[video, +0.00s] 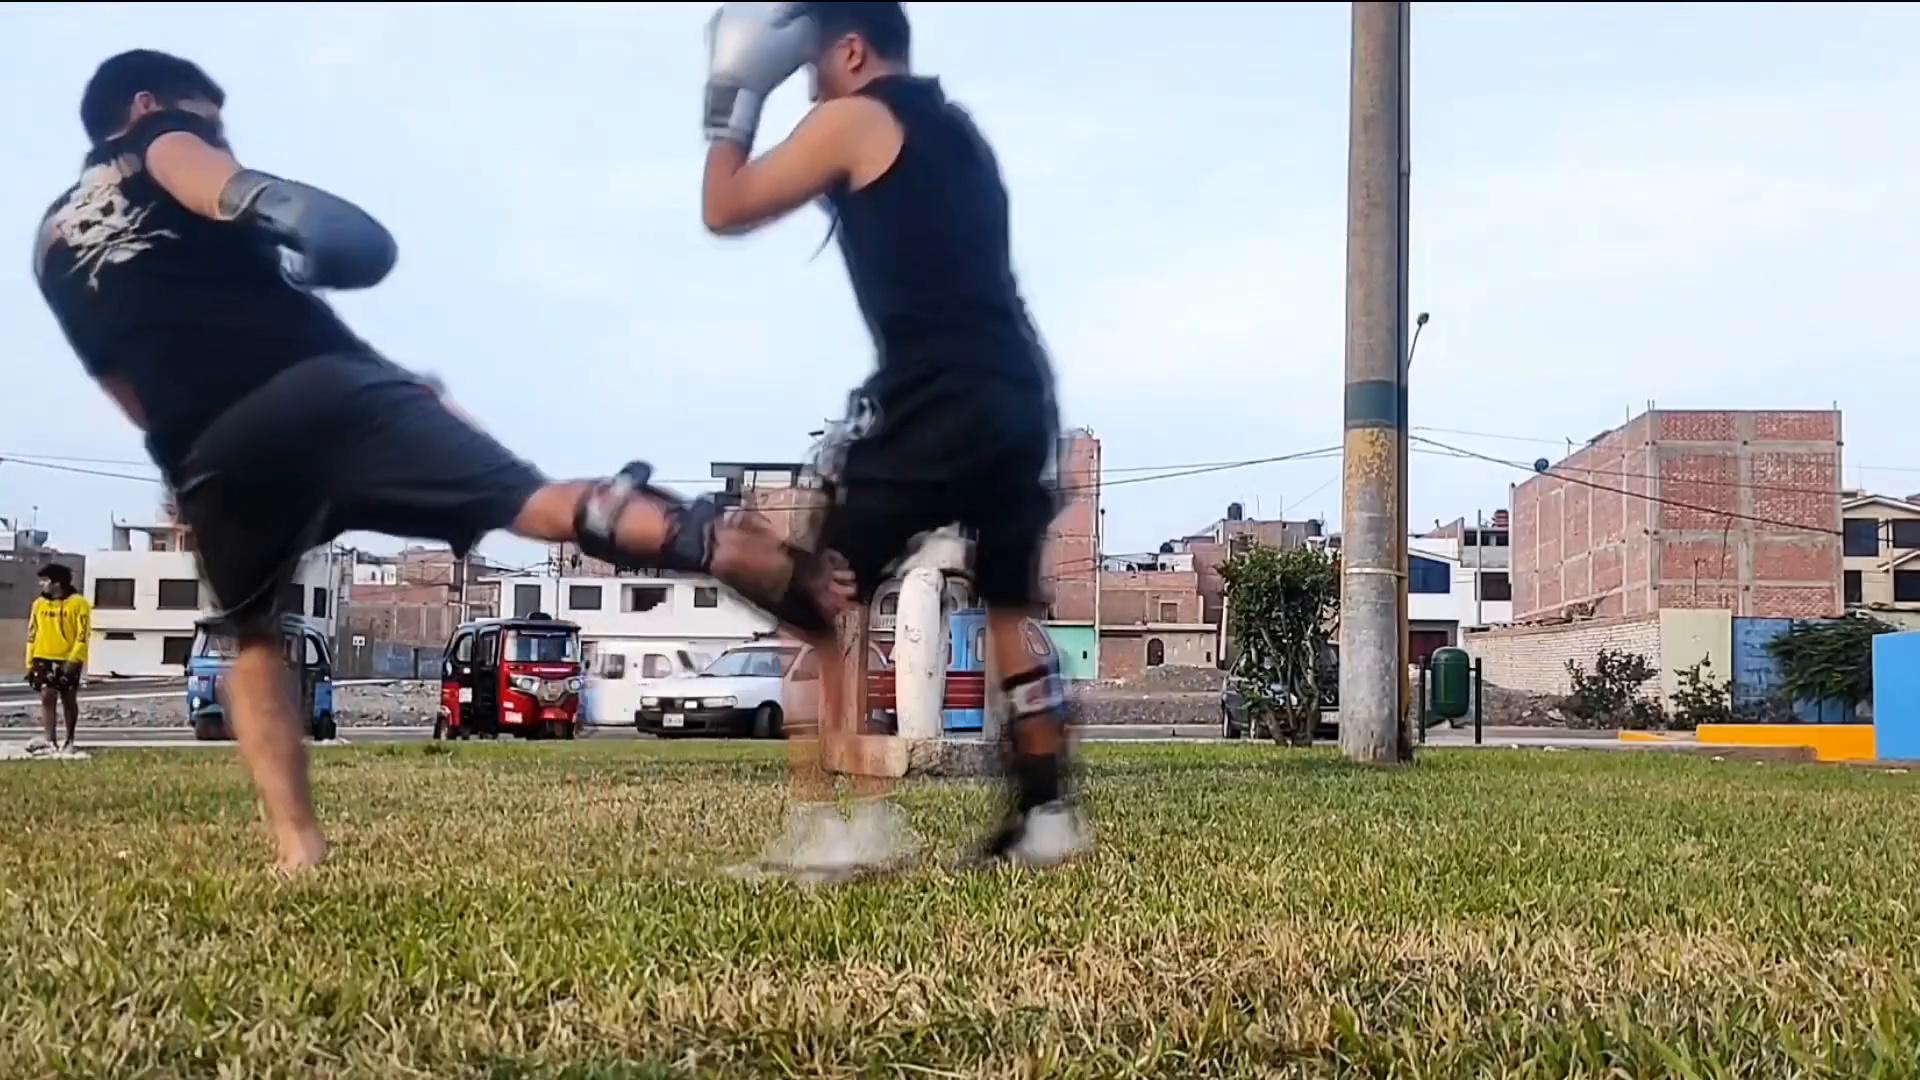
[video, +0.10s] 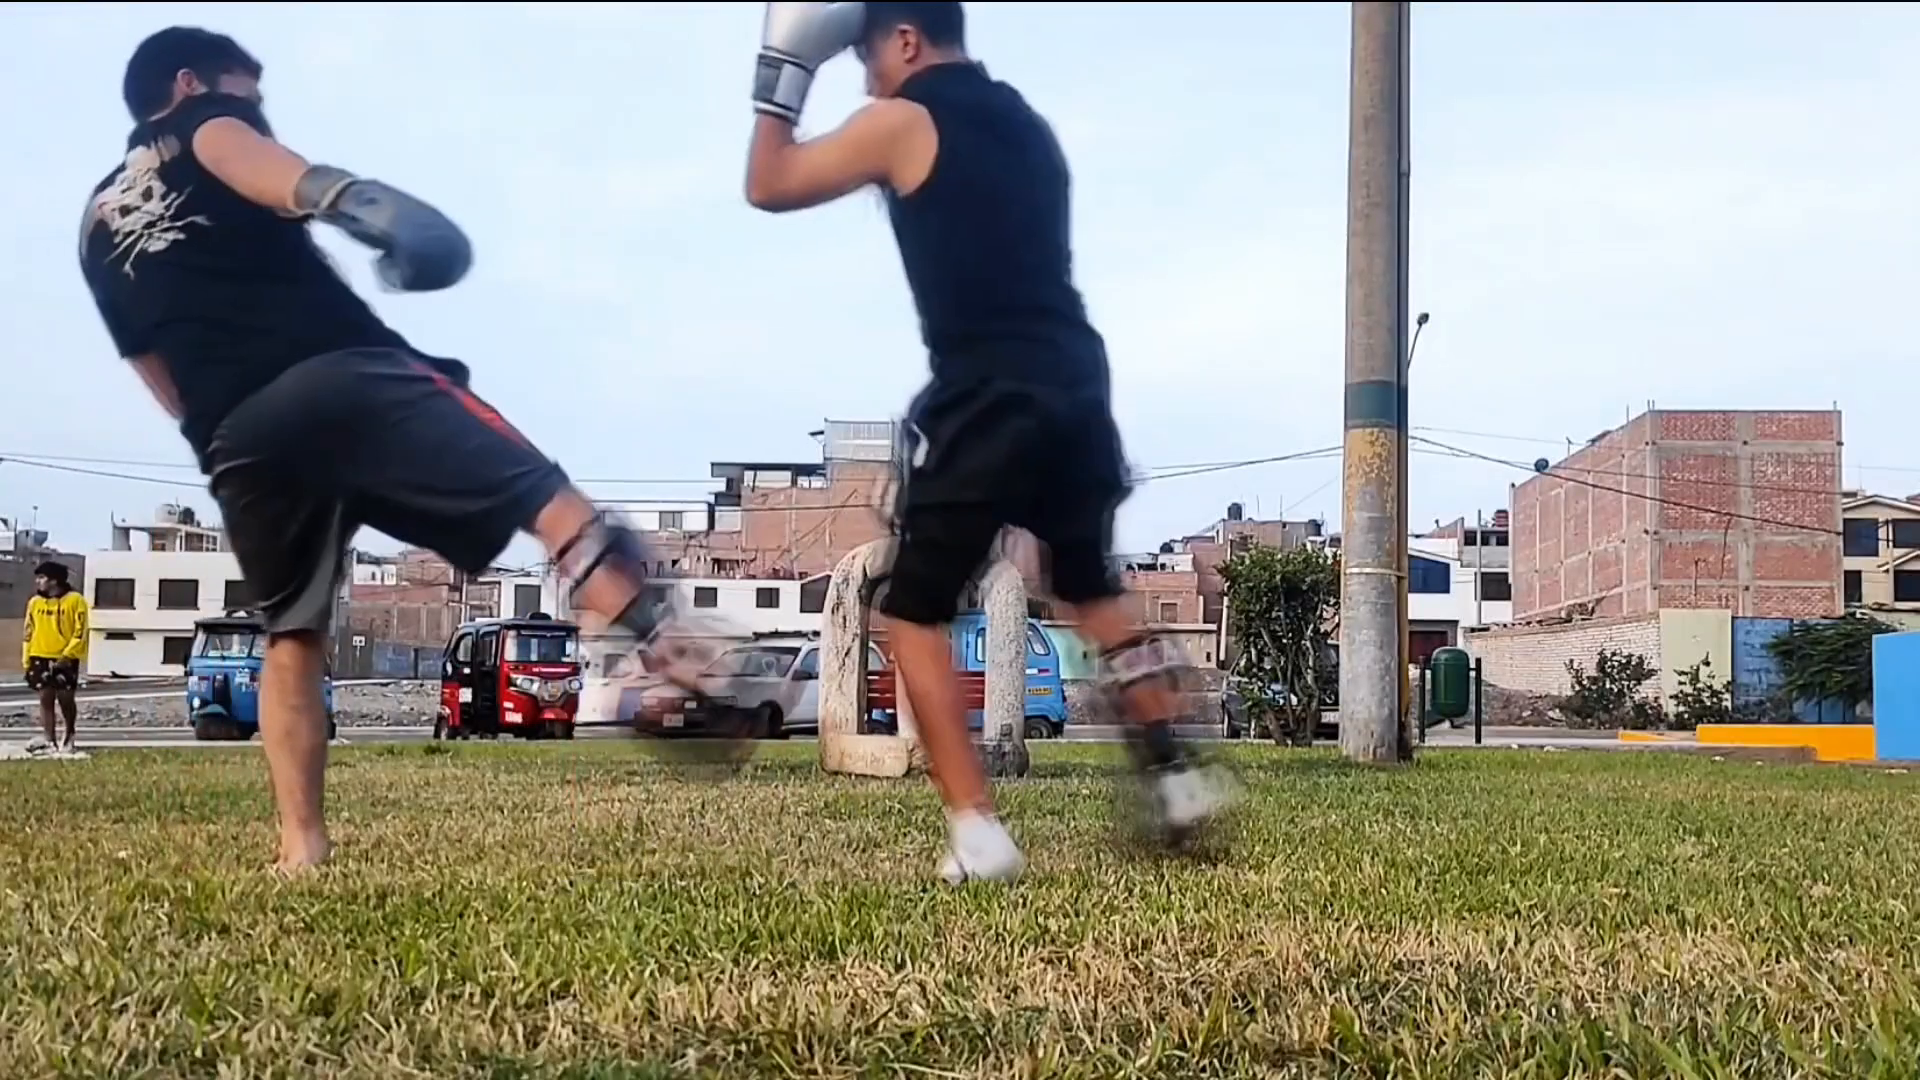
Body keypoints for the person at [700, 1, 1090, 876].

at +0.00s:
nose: (813, 75)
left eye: (816, 57)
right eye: (810, 61)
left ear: (853, 51)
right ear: (891, 50)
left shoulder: (854, 120)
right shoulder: (958, 130)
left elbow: (724, 207)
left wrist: (733, 94)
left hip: (934, 402)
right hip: (1022, 404)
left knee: (828, 590)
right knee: (1012, 602)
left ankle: (853, 818)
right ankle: (1045, 812)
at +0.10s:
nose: (870, 72)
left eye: (872, 52)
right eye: (868, 56)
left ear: (906, 41)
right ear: (950, 40)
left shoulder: (901, 121)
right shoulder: (1029, 124)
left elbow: (768, 184)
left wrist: (779, 68)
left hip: (985, 401)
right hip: (1079, 396)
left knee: (911, 614)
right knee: (1086, 584)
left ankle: (977, 835)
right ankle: (1175, 771)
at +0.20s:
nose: (933, 103)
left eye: (934, 80)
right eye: (928, 83)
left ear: (975, 66)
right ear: (1013, 63)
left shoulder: (980, 152)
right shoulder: (1097, 153)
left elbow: (850, 231)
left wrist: (847, 122)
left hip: (1031, 441)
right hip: (1130, 439)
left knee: (934, 633)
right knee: (1181, 609)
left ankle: (987, 852)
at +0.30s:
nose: (1002, 134)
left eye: (1004, 110)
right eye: (997, 114)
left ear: (1053, 96)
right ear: (1073, 94)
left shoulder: (1078, 185)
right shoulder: (1162, 179)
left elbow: (971, 308)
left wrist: (926, 207)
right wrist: (1016, 224)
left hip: (1109, 471)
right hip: (1194, 469)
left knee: (970, 630)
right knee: (1231, 645)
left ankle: (992, 860)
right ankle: (1390, 805)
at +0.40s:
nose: (1061, 152)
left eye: (1064, 128)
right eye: (1057, 132)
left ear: (1115, 114)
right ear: (1132, 111)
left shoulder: (1152, 199)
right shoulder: (1215, 186)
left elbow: (1077, 340)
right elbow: (1180, 289)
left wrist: (1027, 266)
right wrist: (1091, 239)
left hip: (1184, 476)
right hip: (1262, 475)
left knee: (1028, 620)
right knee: (1288, 669)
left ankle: (1006, 855)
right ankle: (1419, 834)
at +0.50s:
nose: (1089, 134)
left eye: (1089, 108)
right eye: (1082, 115)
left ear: (1141, 81)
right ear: (1164, 83)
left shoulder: (1179, 150)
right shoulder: (1251, 150)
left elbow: (1131, 306)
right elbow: (1223, 291)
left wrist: (1064, 227)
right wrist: (1138, 205)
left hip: (1220, 431)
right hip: (1303, 432)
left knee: (1077, 598)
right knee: (1316, 639)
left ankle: (1088, 835)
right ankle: (1422, 828)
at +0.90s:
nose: (1146, 121)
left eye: (1146, 99)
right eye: (1139, 105)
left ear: (1184, 70)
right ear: (1223, 65)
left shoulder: (1199, 136)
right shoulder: (1316, 146)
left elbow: (1071, 257)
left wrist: (1061, 143)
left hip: (1226, 436)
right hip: (1334, 448)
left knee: (1069, 606)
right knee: (1382, 649)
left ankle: (1138, 841)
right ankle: (1513, 838)